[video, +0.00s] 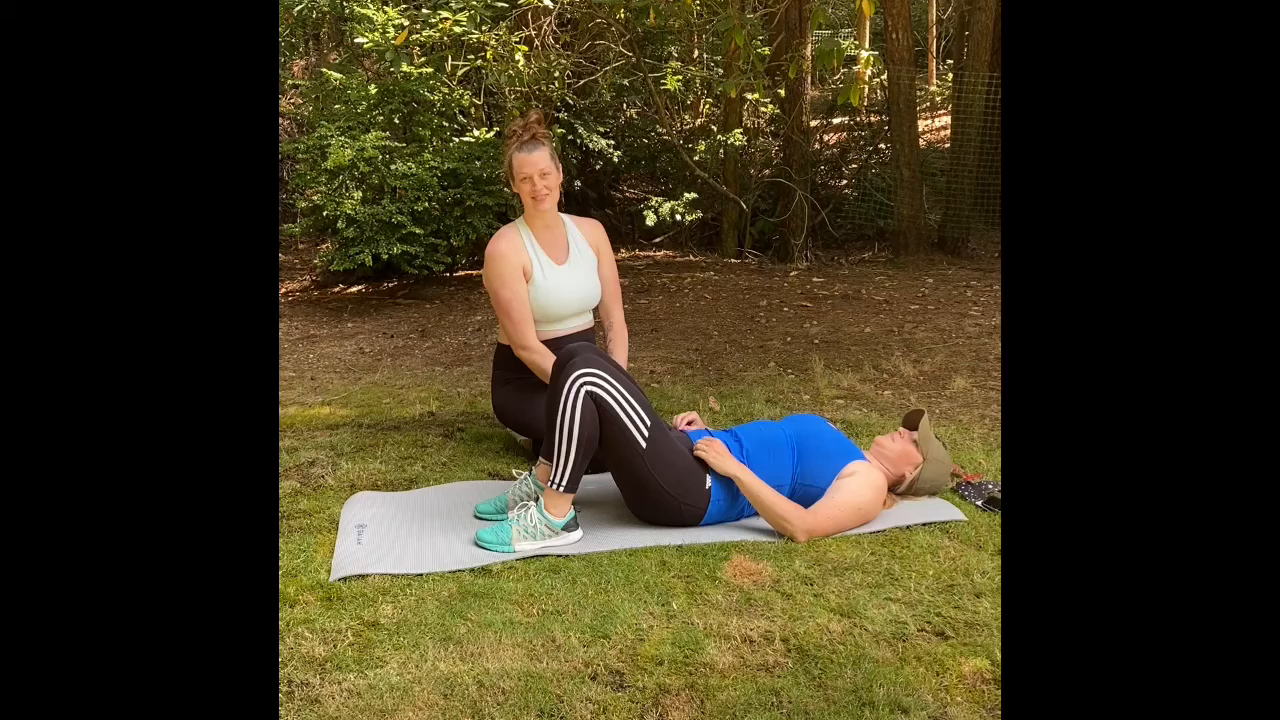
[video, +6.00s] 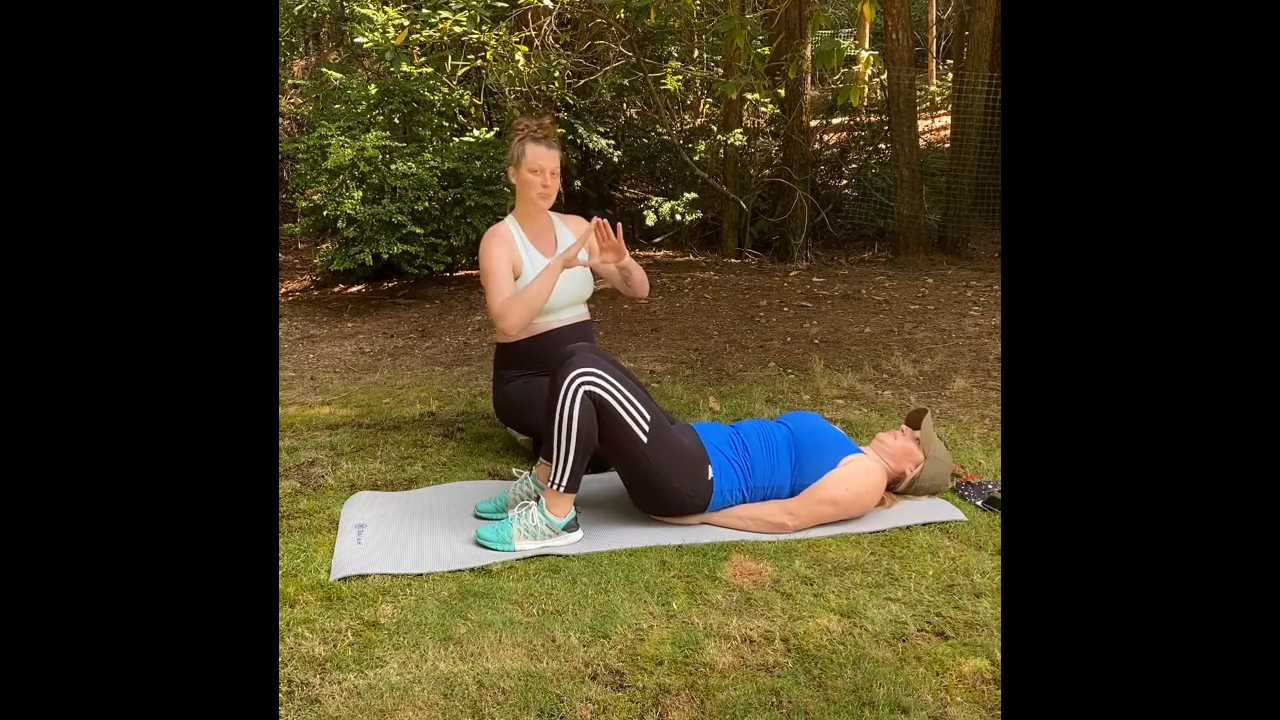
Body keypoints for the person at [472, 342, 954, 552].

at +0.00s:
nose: (897, 433)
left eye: (908, 439)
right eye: (906, 431)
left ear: (907, 470)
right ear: (895, 445)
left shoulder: (867, 483)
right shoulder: (843, 453)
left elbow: (806, 526)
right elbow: (760, 468)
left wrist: (732, 469)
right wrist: (705, 431)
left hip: (693, 490)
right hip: (681, 466)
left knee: (590, 373)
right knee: (579, 355)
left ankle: (554, 512)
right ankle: (543, 485)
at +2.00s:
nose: (897, 433)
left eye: (908, 440)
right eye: (906, 431)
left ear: (907, 471)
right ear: (896, 446)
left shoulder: (867, 483)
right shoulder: (843, 452)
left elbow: (805, 527)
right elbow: (761, 469)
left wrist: (731, 468)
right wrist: (705, 431)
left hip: (693, 489)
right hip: (682, 464)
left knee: (589, 371)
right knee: (580, 356)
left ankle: (554, 511)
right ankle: (542, 485)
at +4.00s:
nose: (897, 433)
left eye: (908, 440)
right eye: (905, 430)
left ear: (908, 471)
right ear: (895, 444)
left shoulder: (870, 483)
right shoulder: (842, 452)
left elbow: (808, 525)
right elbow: (758, 463)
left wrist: (766, 440)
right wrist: (728, 411)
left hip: (694, 484)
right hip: (680, 459)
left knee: (589, 373)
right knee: (578, 358)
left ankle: (555, 511)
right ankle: (542, 485)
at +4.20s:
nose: (899, 432)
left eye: (909, 439)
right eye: (907, 429)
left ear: (909, 470)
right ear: (897, 445)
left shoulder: (869, 482)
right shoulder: (846, 452)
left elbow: (808, 525)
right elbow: (763, 464)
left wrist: (729, 461)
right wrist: (703, 423)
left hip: (696, 479)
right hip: (686, 450)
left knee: (586, 372)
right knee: (577, 358)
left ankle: (555, 510)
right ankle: (543, 484)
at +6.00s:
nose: (897, 431)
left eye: (908, 438)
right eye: (906, 429)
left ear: (908, 468)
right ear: (898, 445)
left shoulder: (863, 476)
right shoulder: (847, 453)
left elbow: (789, 516)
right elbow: (771, 485)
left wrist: (706, 515)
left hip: (693, 480)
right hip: (681, 450)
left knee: (585, 376)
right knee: (589, 365)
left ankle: (555, 510)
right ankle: (544, 482)